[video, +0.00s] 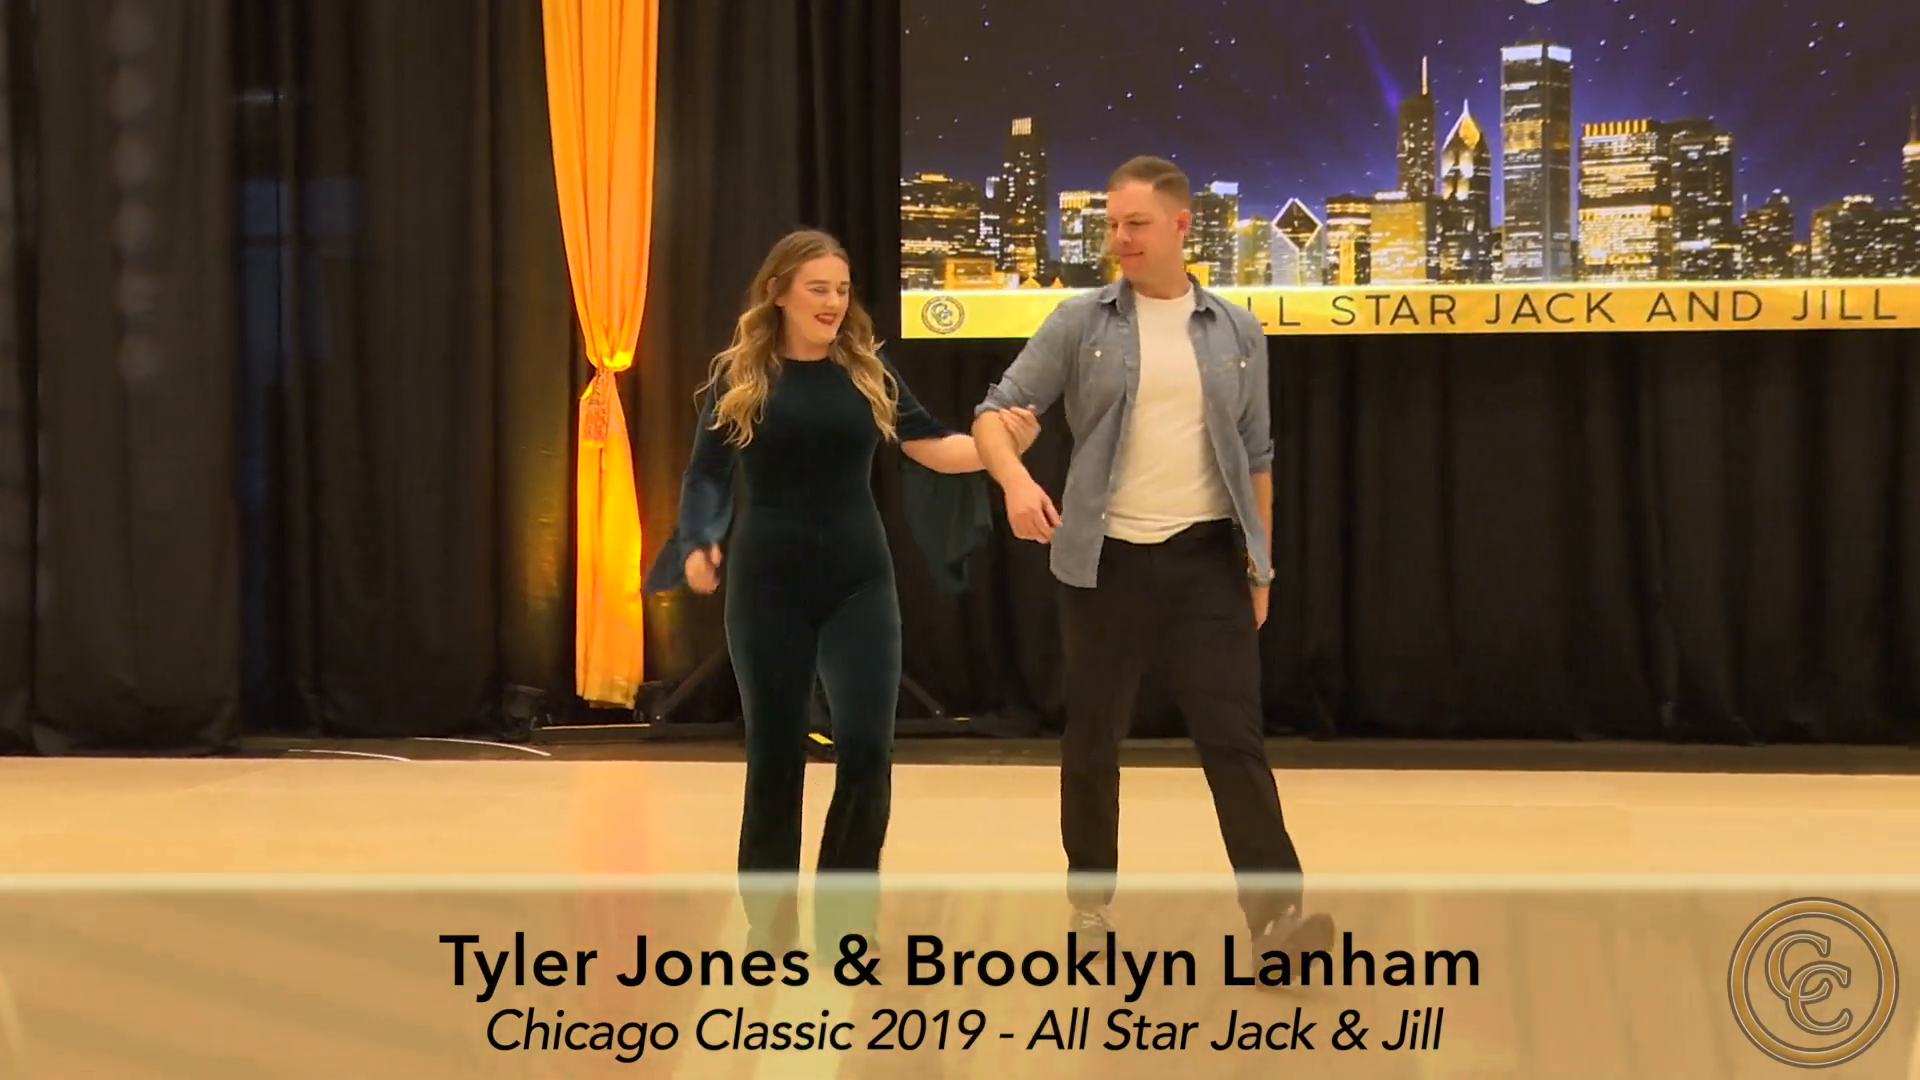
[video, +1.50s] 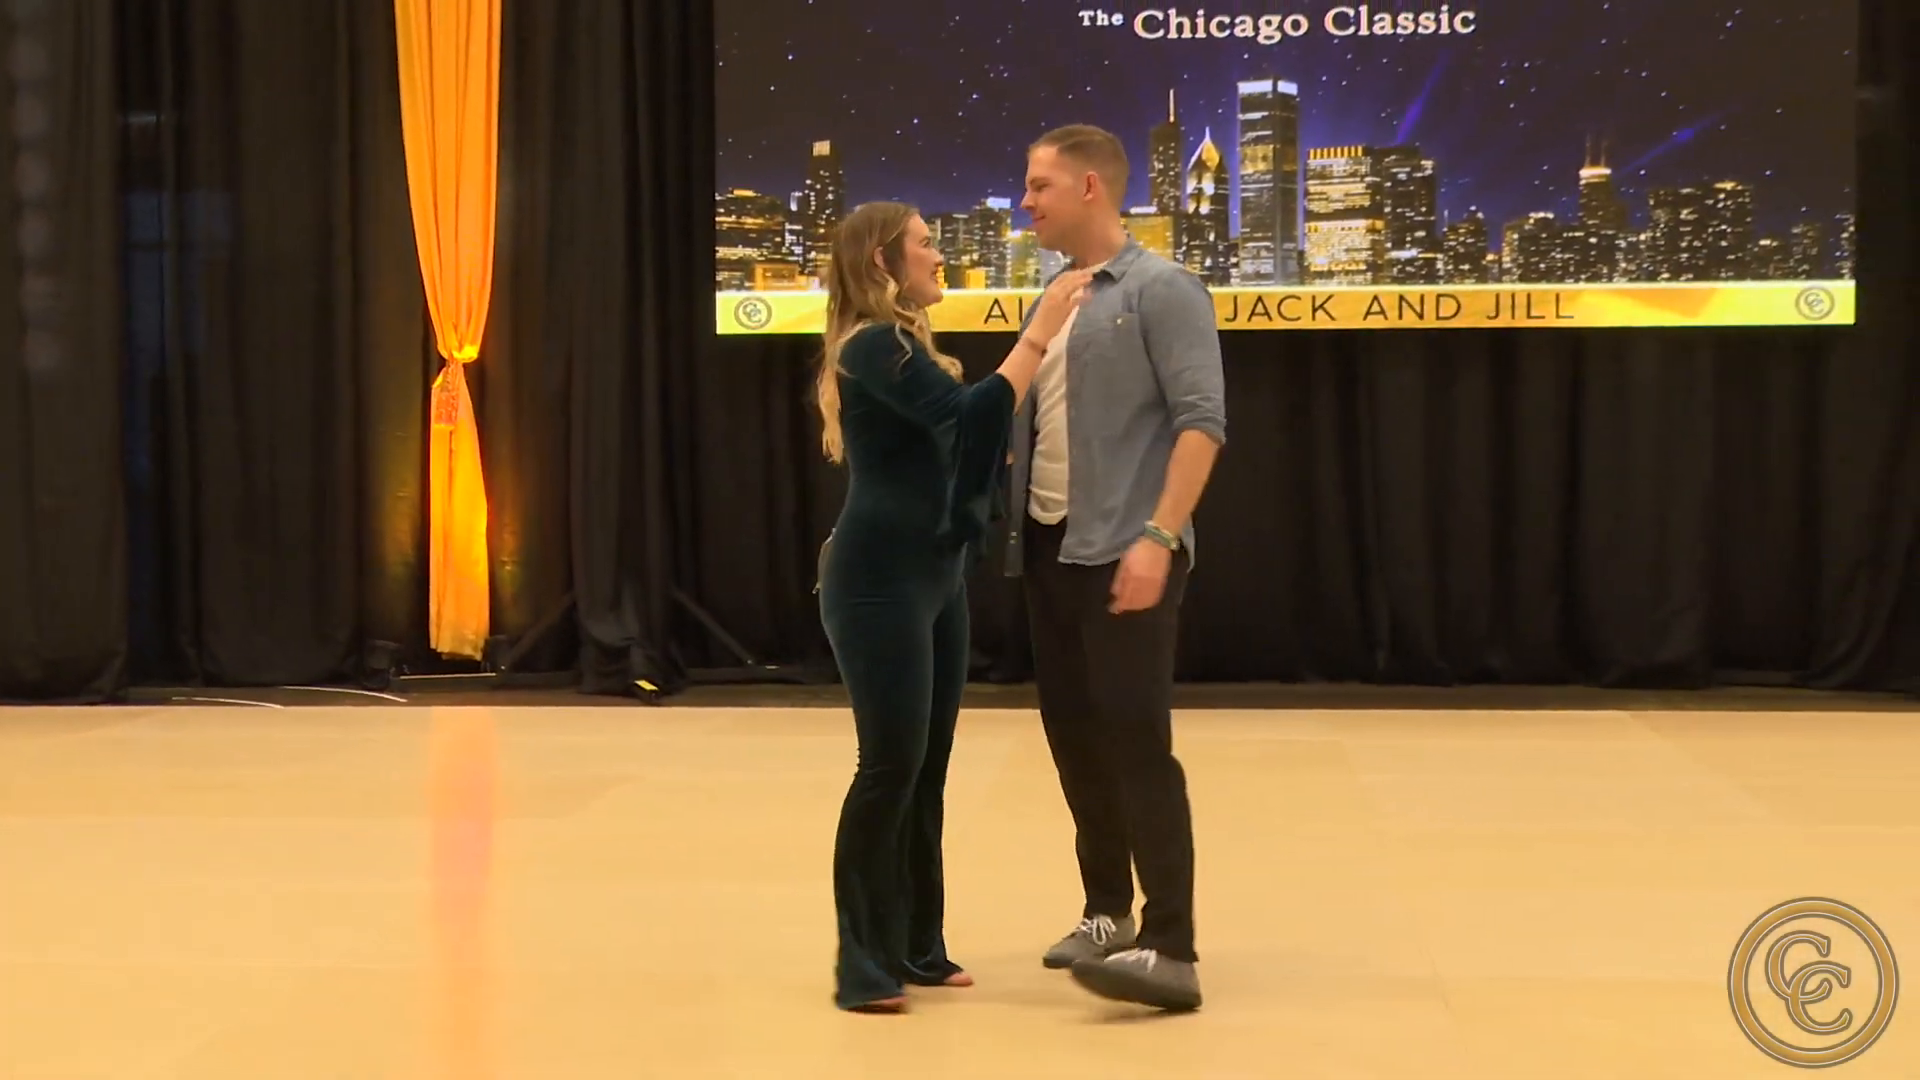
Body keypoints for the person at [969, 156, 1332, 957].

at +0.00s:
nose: (1121, 238)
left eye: (1136, 224)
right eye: (1113, 225)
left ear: (1180, 225)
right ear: (1108, 231)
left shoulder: (1238, 329)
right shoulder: (1080, 320)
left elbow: (1257, 459)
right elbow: (993, 416)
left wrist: (1260, 570)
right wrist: (1013, 478)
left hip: (1208, 558)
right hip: (1102, 558)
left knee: (1234, 744)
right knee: (1091, 743)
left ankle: (1278, 918)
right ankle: (1090, 907)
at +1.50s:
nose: (1026, 201)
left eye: (1039, 185)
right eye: (1026, 187)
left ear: (1095, 189)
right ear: (1071, 193)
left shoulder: (1163, 287)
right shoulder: (1053, 299)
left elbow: (1204, 421)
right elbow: (1021, 423)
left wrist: (1160, 538)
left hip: (1127, 553)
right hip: (1048, 551)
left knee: (1137, 747)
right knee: (1077, 743)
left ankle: (1171, 954)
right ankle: (1112, 917)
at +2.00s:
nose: (1026, 189)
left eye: (1036, 173)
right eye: (1028, 174)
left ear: (1080, 177)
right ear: (1082, 177)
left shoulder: (1123, 273)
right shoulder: (1080, 278)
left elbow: (1091, 402)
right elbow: (1033, 406)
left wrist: (987, 340)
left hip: (1103, 530)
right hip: (1057, 530)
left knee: (1085, 719)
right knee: (1028, 708)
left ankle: (1125, 945)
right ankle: (1072, 893)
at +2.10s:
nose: (1023, 188)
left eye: (1034, 172)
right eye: (1026, 172)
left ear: (1080, 180)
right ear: (1081, 180)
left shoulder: (1121, 274)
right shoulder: (1072, 280)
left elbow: (1086, 409)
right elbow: (1025, 408)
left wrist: (1010, 339)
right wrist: (1005, 358)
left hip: (1100, 529)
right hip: (1047, 528)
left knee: (1085, 718)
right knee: (1026, 701)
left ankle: (1122, 937)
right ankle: (1065, 881)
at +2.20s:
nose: (1018, 190)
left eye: (1029, 174)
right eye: (1021, 174)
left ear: (1077, 181)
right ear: (1077, 181)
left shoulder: (1114, 276)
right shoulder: (1065, 279)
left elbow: (1093, 414)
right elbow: (1024, 405)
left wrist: (1017, 344)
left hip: (1093, 531)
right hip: (1042, 531)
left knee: (1082, 722)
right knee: (1027, 710)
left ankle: (1114, 934)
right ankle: (1059, 884)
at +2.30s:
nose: (1013, 192)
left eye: (1023, 175)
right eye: (1016, 176)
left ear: (1070, 182)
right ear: (1072, 182)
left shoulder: (1110, 276)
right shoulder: (1063, 280)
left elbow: (1100, 416)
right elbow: (1023, 403)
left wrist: (1018, 347)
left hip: (1088, 532)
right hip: (1042, 532)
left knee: (1077, 719)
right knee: (1034, 713)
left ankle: (1107, 930)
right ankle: (1057, 888)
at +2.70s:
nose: (1013, 205)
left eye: (1024, 189)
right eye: (1015, 190)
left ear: (1071, 196)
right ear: (1070, 197)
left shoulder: (1105, 290)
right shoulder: (1070, 290)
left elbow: (1098, 426)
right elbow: (1045, 412)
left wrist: (1018, 361)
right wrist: (1021, 358)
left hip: (1087, 538)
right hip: (1055, 536)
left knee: (1080, 721)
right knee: (1056, 713)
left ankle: (1097, 915)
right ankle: (1060, 878)